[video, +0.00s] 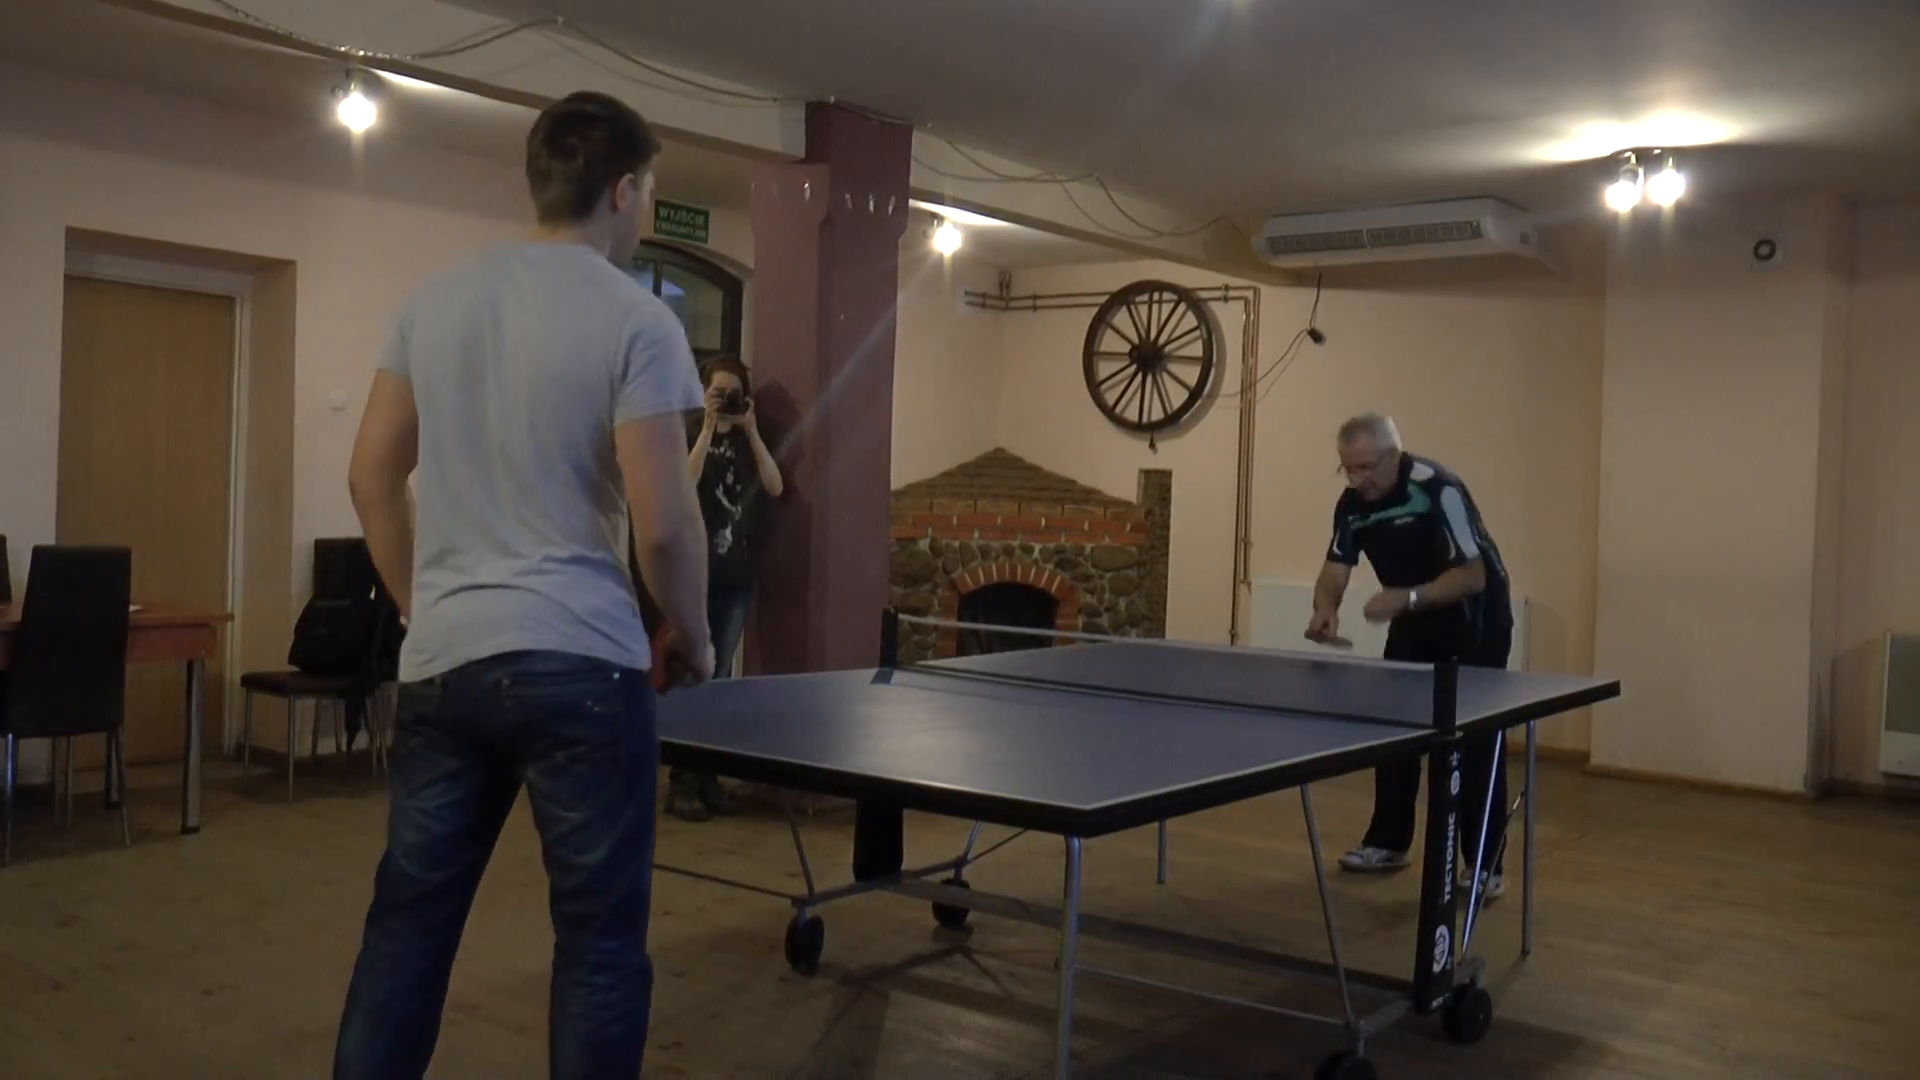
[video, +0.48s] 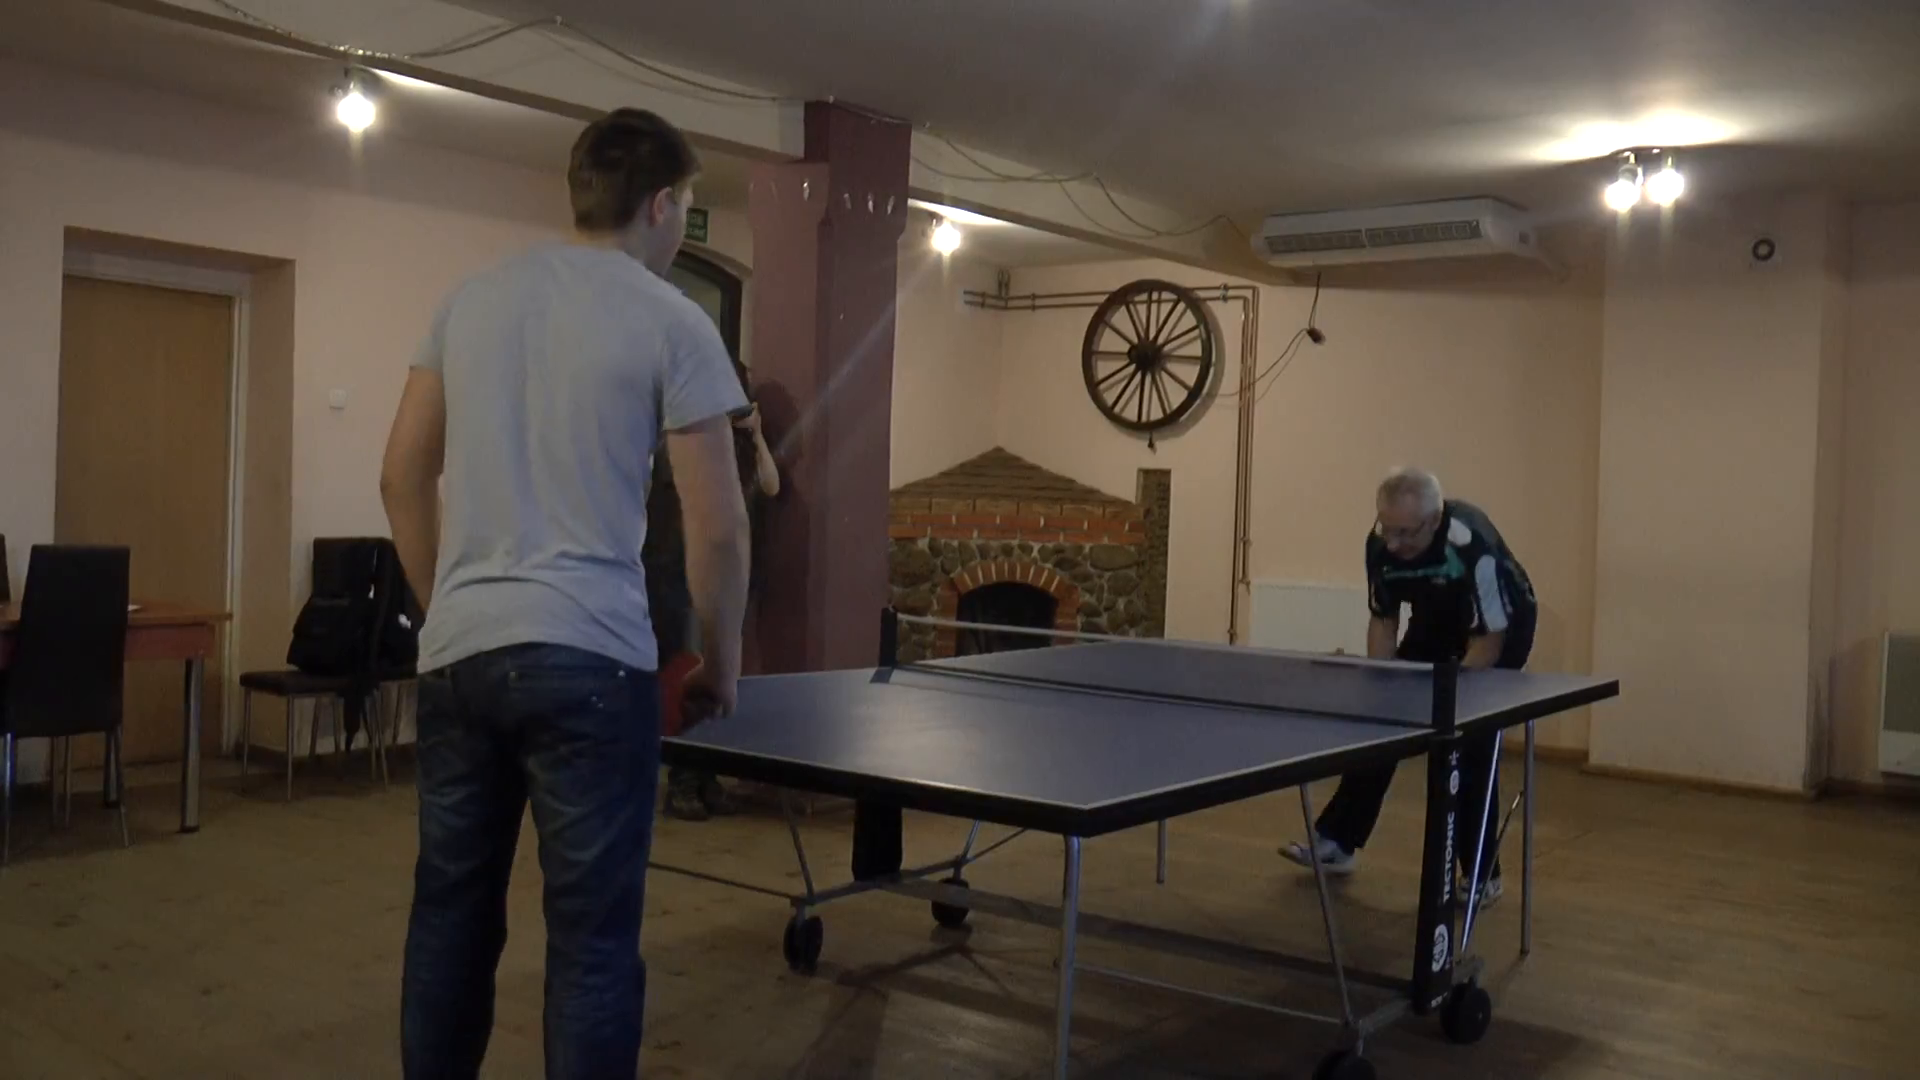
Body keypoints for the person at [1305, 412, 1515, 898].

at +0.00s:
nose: (1355, 480)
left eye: (1365, 468)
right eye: (1348, 469)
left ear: (1394, 458)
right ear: (1343, 464)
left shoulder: (1439, 491)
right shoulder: (1352, 505)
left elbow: (1474, 575)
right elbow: (1334, 572)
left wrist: (1407, 597)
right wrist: (1324, 611)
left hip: (1475, 620)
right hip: (1413, 620)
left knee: (1475, 740)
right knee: (1397, 729)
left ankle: (1484, 864)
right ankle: (1387, 844)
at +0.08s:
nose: (1368, 486)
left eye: (1379, 474)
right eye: (1360, 474)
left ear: (1408, 463)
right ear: (1354, 468)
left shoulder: (1453, 497)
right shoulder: (1359, 505)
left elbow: (1480, 587)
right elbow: (1341, 578)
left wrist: (1405, 590)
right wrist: (1331, 619)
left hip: (1480, 620)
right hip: (1417, 616)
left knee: (1478, 741)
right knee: (1400, 728)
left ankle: (1485, 866)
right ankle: (1387, 843)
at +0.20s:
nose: (1388, 498)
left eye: (1399, 488)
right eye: (1379, 487)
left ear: (1426, 475)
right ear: (1370, 478)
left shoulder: (1467, 506)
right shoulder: (1373, 512)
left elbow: (1487, 603)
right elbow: (1367, 582)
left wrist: (1409, 600)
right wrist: (1353, 614)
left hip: (1484, 632)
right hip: (1419, 625)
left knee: (1479, 746)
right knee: (1396, 729)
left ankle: (1484, 869)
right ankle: (1385, 839)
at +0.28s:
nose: (1395, 511)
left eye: (1407, 500)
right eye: (1388, 499)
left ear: (1434, 487)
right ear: (1378, 489)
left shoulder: (1474, 516)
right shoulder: (1380, 522)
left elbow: (1495, 613)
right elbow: (1383, 594)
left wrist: (1414, 624)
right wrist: (1367, 626)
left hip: (1486, 636)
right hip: (1421, 631)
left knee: (1475, 745)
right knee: (1383, 722)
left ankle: (1484, 871)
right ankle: (1379, 830)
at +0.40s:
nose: (1396, 530)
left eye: (1408, 520)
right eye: (1388, 518)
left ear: (1436, 507)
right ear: (1381, 506)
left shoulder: (1475, 532)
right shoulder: (1382, 535)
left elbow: (1499, 626)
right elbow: (1387, 607)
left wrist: (1448, 674)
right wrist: (1377, 677)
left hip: (1490, 626)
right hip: (1429, 619)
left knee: (1473, 744)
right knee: (1381, 721)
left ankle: (1481, 874)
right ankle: (1350, 840)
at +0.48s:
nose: (1394, 542)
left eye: (1406, 533)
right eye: (1387, 531)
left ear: (1435, 521)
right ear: (1380, 517)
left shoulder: (1473, 546)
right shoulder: (1379, 545)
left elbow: (1492, 636)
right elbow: (1382, 620)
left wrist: (1452, 698)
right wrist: (1377, 690)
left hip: (1495, 628)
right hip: (1433, 619)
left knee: (1472, 743)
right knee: (1383, 723)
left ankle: (1481, 874)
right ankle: (1337, 840)